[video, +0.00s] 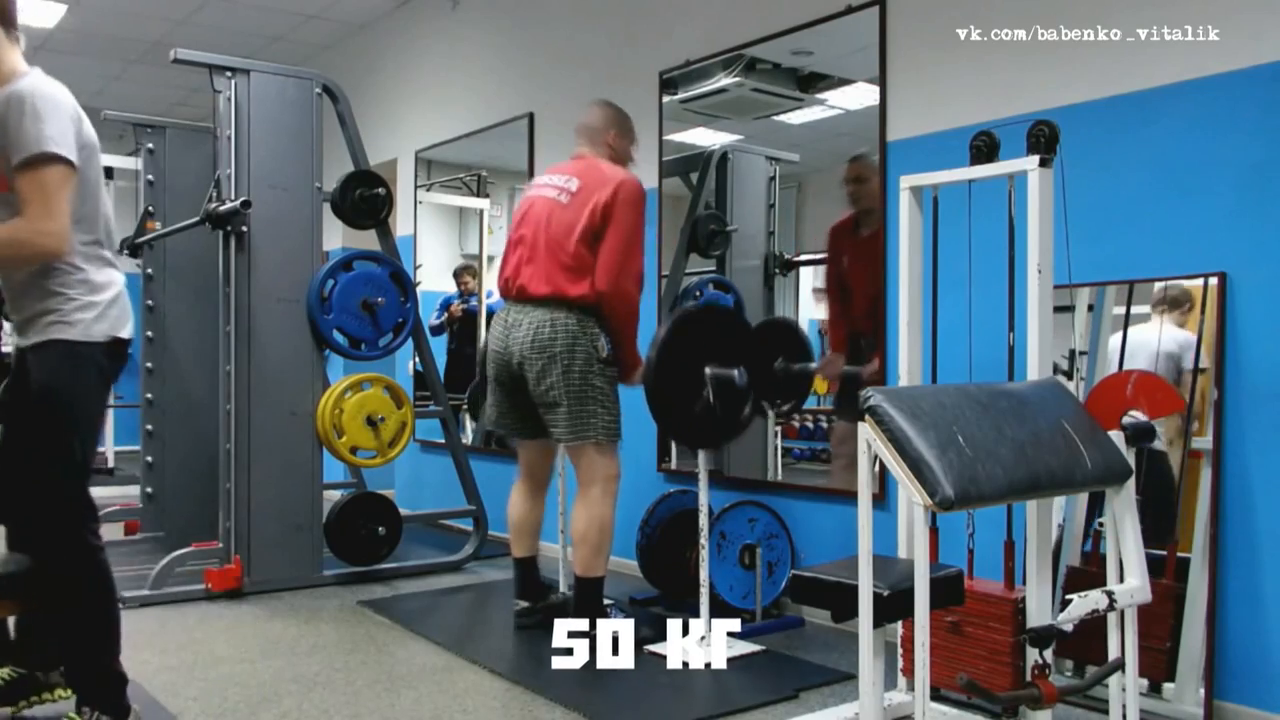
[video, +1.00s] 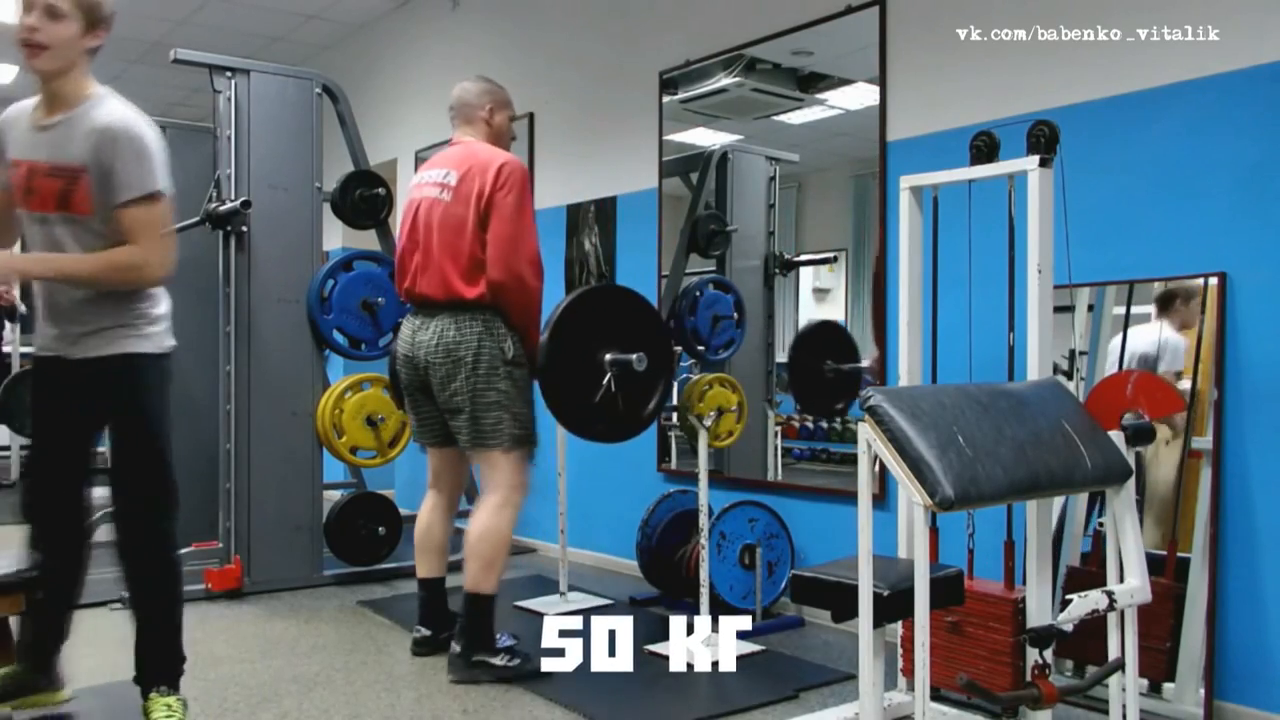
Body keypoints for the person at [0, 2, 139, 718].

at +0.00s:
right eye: (3, 26)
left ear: (5, 22)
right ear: (16, 25)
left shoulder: (36, 95)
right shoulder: (24, 102)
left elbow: (45, 233)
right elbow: (42, 232)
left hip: (75, 326)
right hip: (49, 328)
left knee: (50, 502)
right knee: (27, 497)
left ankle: (100, 693)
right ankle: (43, 653)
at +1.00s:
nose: (30, 27)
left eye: (51, 15)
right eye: (26, 13)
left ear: (94, 34)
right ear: (19, 25)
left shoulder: (124, 130)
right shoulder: (13, 124)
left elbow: (156, 258)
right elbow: (10, 234)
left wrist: (28, 265)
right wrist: (8, 275)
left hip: (132, 350)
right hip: (56, 352)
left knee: (145, 520)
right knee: (52, 511)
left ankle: (161, 685)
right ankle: (38, 669)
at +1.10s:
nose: (54, 13)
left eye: (74, 2)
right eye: (48, 2)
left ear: (114, 20)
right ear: (39, 15)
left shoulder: (145, 115)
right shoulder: (25, 113)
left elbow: (197, 237)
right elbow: (10, 213)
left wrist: (66, 265)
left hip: (146, 346)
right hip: (67, 347)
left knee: (155, 517)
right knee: (73, 501)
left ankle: (164, 685)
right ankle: (94, 647)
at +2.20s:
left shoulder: (171, 26)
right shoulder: (8, 27)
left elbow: (229, 183)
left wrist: (149, 245)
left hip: (155, 339)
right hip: (18, 351)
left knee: (177, 598)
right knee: (24, 602)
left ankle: (191, 715)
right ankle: (35, 712)